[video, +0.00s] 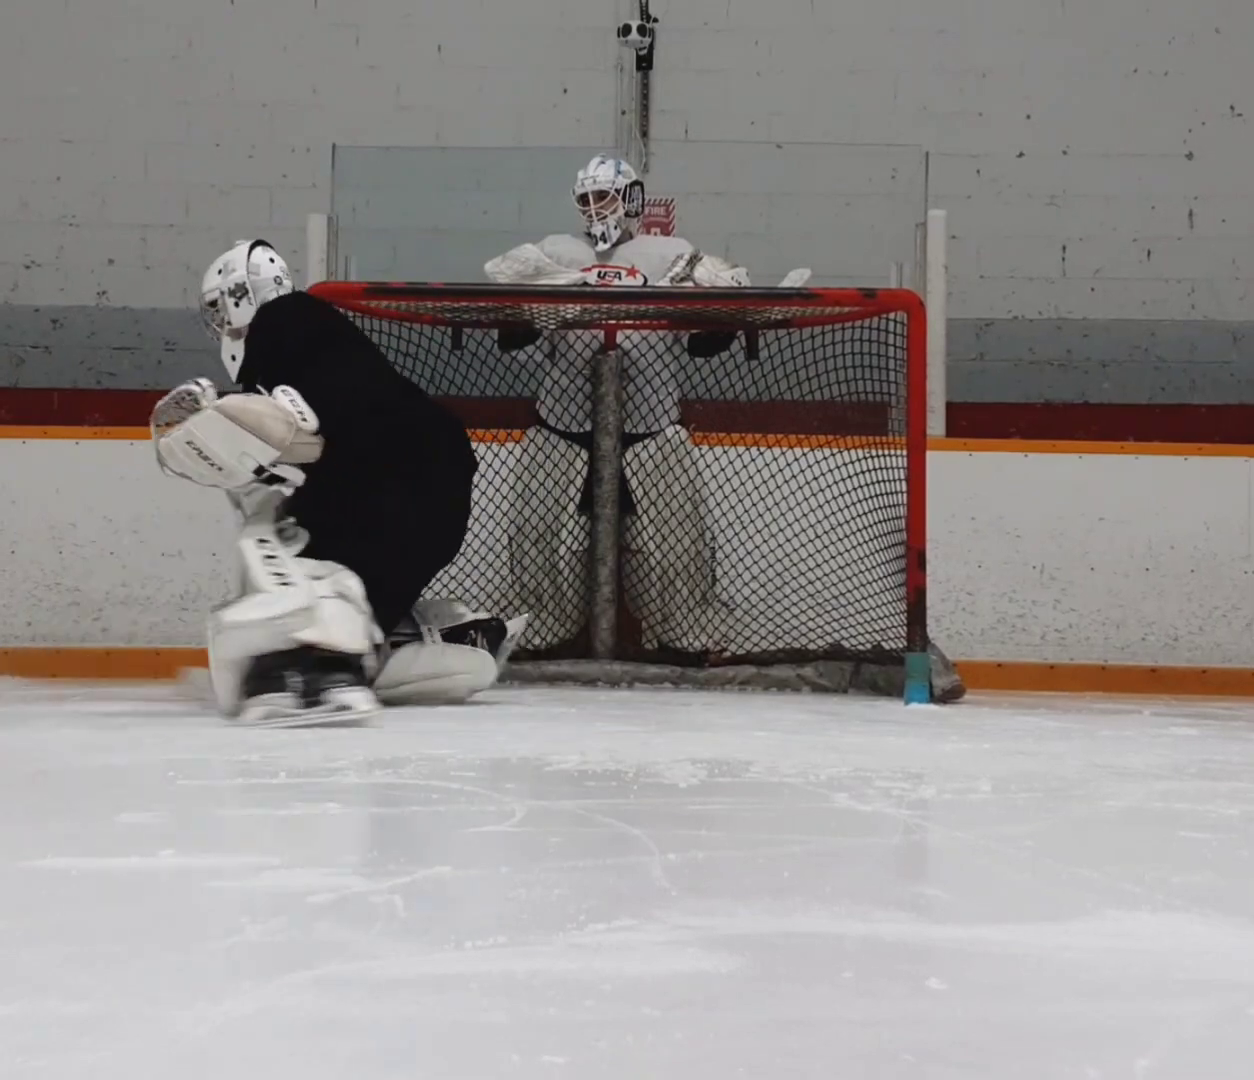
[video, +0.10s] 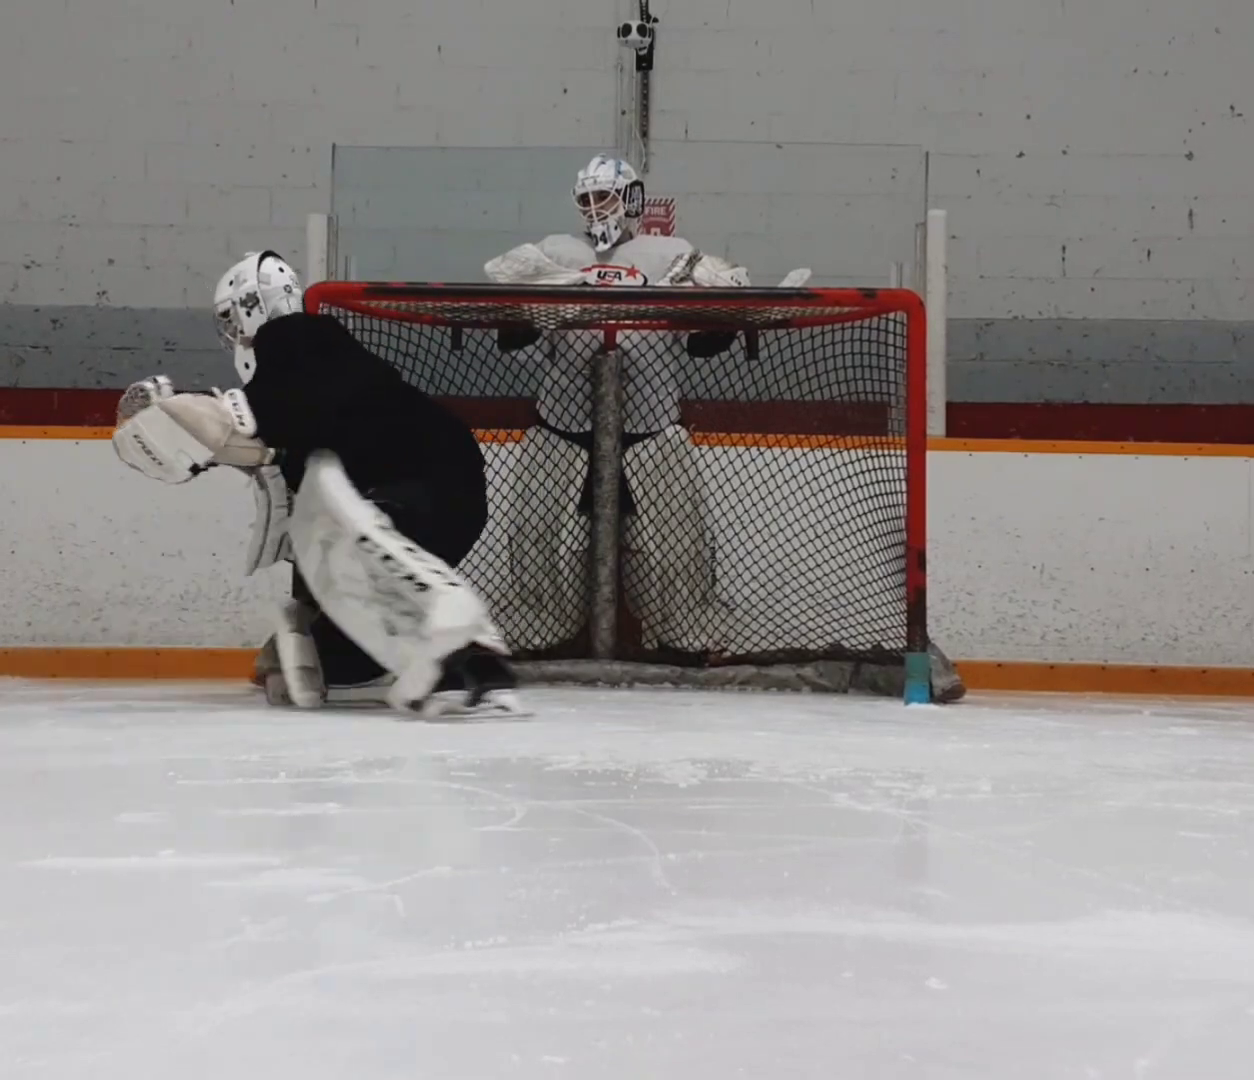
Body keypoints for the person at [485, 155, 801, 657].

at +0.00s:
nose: (597, 208)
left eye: (607, 198)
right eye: (588, 200)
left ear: (632, 198)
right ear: (578, 204)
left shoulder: (669, 256)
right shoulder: (553, 255)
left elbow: (704, 342)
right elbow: (510, 339)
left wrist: (723, 294)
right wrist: (521, 292)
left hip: (650, 436)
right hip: (563, 436)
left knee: (671, 538)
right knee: (535, 533)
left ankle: (677, 639)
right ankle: (544, 636)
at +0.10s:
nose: (597, 209)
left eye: (608, 197)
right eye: (588, 200)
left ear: (633, 198)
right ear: (578, 205)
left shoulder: (669, 255)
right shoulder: (553, 254)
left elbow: (703, 342)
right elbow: (510, 338)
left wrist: (726, 297)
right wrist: (521, 292)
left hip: (650, 436)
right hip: (563, 435)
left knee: (670, 540)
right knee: (534, 536)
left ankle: (680, 643)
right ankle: (537, 641)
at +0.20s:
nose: (596, 209)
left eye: (607, 198)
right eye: (588, 199)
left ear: (632, 199)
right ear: (578, 204)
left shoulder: (669, 258)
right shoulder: (554, 257)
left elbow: (704, 344)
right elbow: (510, 339)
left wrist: (724, 296)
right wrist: (522, 290)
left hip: (651, 439)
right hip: (562, 440)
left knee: (673, 546)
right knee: (531, 543)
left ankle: (678, 645)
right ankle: (538, 648)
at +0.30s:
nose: (597, 210)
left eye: (608, 199)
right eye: (588, 200)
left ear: (632, 199)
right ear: (578, 204)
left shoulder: (668, 257)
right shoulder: (555, 256)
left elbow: (704, 344)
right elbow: (509, 340)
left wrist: (718, 296)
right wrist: (535, 299)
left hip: (650, 435)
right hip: (562, 433)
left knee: (672, 548)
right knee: (535, 544)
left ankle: (669, 652)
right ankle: (548, 649)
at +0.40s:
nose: (595, 209)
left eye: (606, 198)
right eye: (587, 200)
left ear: (632, 199)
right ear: (578, 203)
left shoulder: (669, 256)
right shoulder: (551, 256)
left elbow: (701, 346)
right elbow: (508, 340)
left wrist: (719, 306)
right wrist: (526, 296)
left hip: (650, 440)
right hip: (562, 439)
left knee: (670, 557)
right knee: (535, 552)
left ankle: (672, 658)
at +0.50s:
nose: (596, 210)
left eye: (607, 198)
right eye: (587, 201)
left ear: (632, 200)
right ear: (577, 206)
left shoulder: (670, 258)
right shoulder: (556, 257)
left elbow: (704, 344)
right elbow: (508, 338)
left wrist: (718, 296)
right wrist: (540, 300)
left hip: (649, 435)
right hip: (563, 433)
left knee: (675, 553)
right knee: (528, 544)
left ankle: (681, 658)